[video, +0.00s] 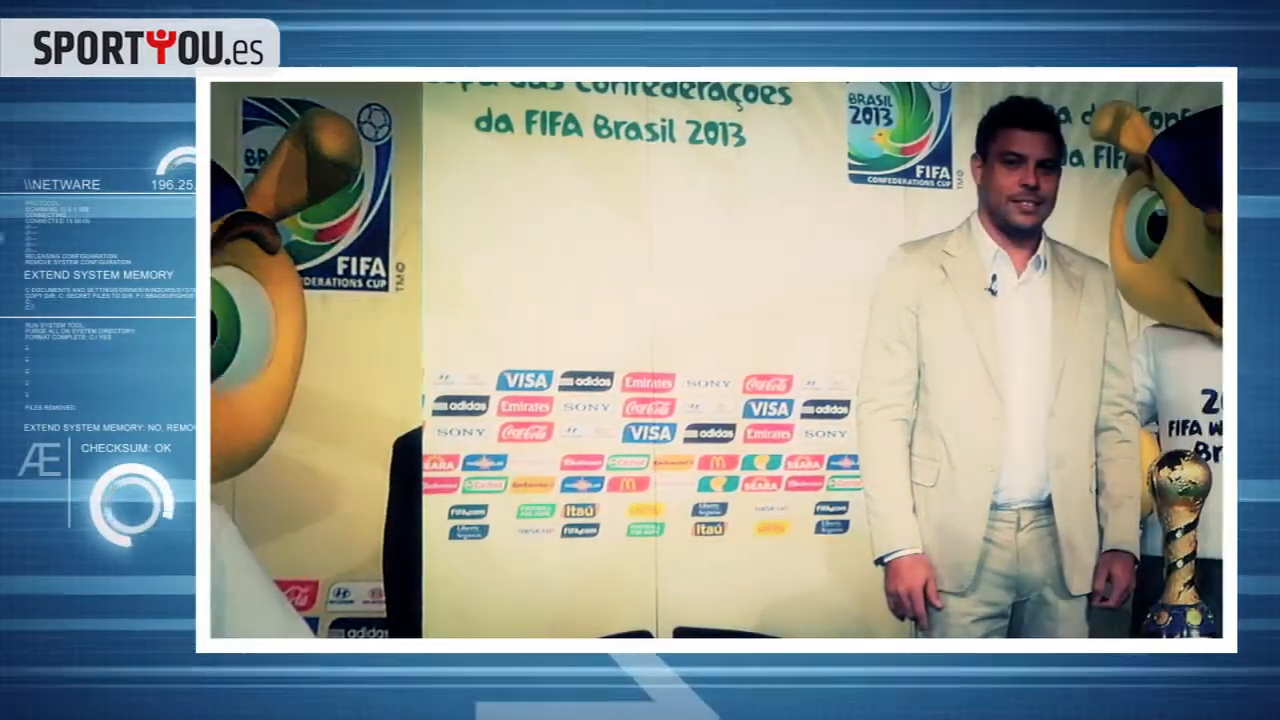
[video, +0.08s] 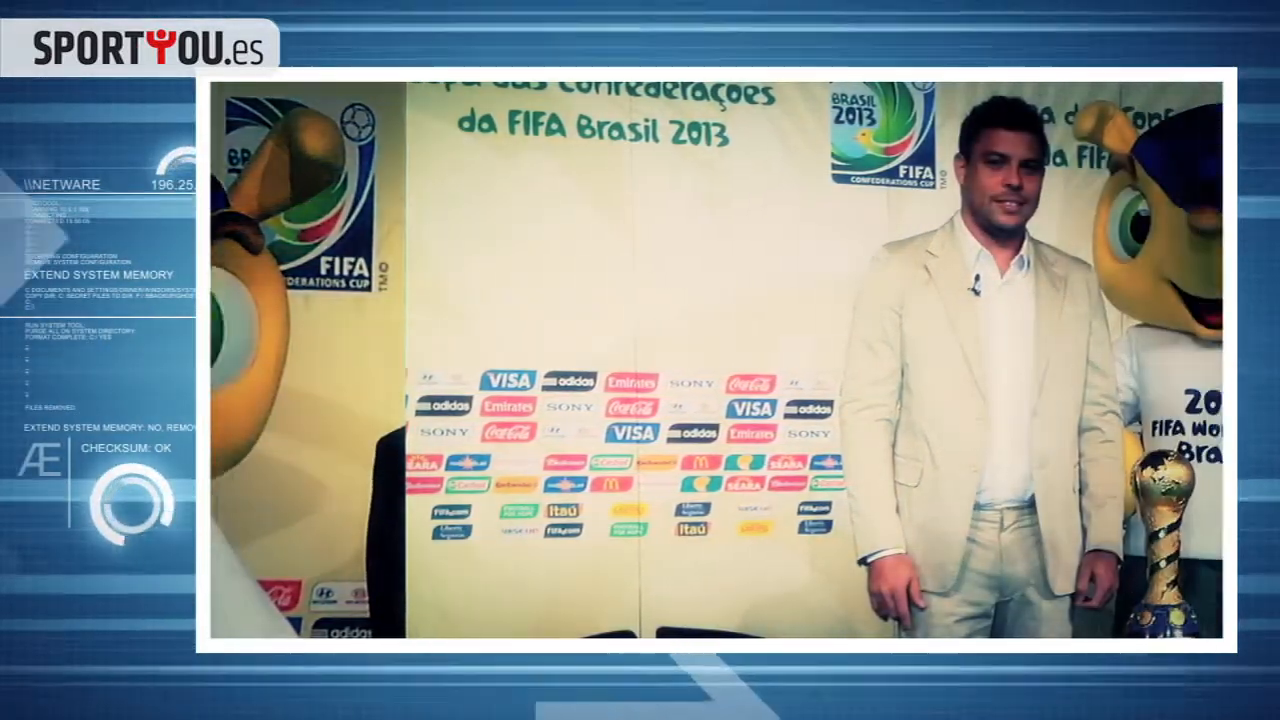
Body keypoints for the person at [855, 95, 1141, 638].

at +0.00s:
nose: (1031, 180)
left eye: (1047, 166)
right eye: (1013, 162)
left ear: (1060, 177)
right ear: (978, 170)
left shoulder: (1093, 282)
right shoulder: (915, 270)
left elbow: (1116, 422)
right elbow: (882, 414)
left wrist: (1120, 542)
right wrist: (899, 549)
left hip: (1066, 544)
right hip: (958, 547)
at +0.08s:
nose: (1014, 180)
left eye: (1030, 166)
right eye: (996, 162)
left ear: (1044, 178)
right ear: (961, 170)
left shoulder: (1076, 282)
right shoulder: (899, 271)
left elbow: (1100, 422)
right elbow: (865, 414)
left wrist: (1103, 543)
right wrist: (882, 549)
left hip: (1049, 544)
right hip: (942, 547)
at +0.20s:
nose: (989, 180)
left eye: (1005, 166)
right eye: (971, 162)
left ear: (1018, 178)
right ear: (936, 170)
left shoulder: (1051, 283)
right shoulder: (873, 271)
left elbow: (1075, 422)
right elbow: (840, 414)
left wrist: (1078, 543)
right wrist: (857, 549)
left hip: (1025, 544)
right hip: (917, 547)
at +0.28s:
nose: (972, 180)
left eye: (988, 166)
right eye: (954, 162)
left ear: (1002, 178)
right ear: (919, 170)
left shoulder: (1035, 283)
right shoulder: (857, 270)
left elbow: (1058, 422)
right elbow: (823, 414)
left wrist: (1061, 543)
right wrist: (840, 549)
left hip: (1008, 544)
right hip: (900, 547)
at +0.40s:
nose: (947, 180)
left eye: (963, 166)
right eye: (929, 162)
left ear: (976, 178)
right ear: (894, 170)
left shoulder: (1010, 283)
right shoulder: (832, 271)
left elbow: (1033, 423)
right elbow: (798, 414)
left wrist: (1036, 543)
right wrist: (815, 549)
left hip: (983, 544)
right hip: (874, 546)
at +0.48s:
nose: (930, 180)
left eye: (946, 166)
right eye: (912, 162)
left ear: (959, 178)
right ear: (877, 170)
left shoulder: (993, 283)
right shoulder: (815, 271)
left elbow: (1016, 423)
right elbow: (781, 414)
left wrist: (1019, 543)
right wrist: (798, 549)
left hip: (966, 543)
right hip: (858, 546)